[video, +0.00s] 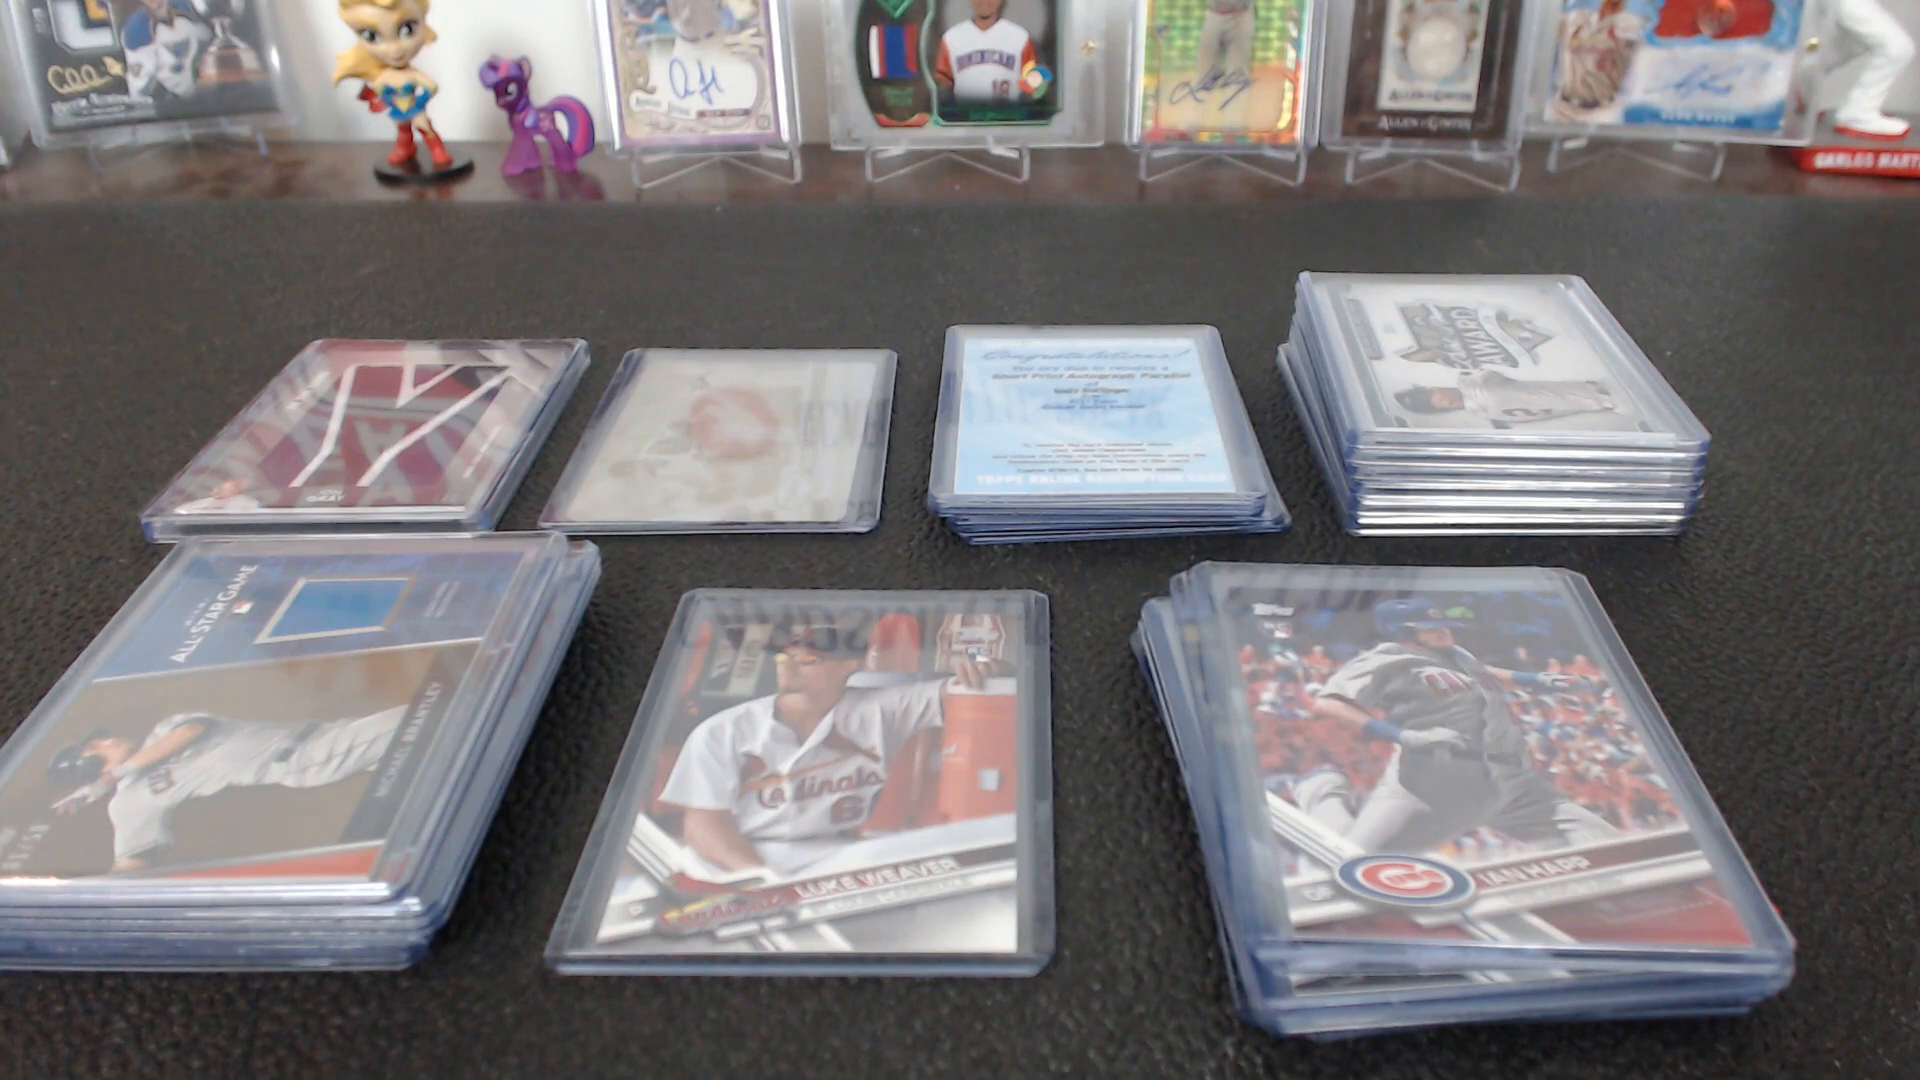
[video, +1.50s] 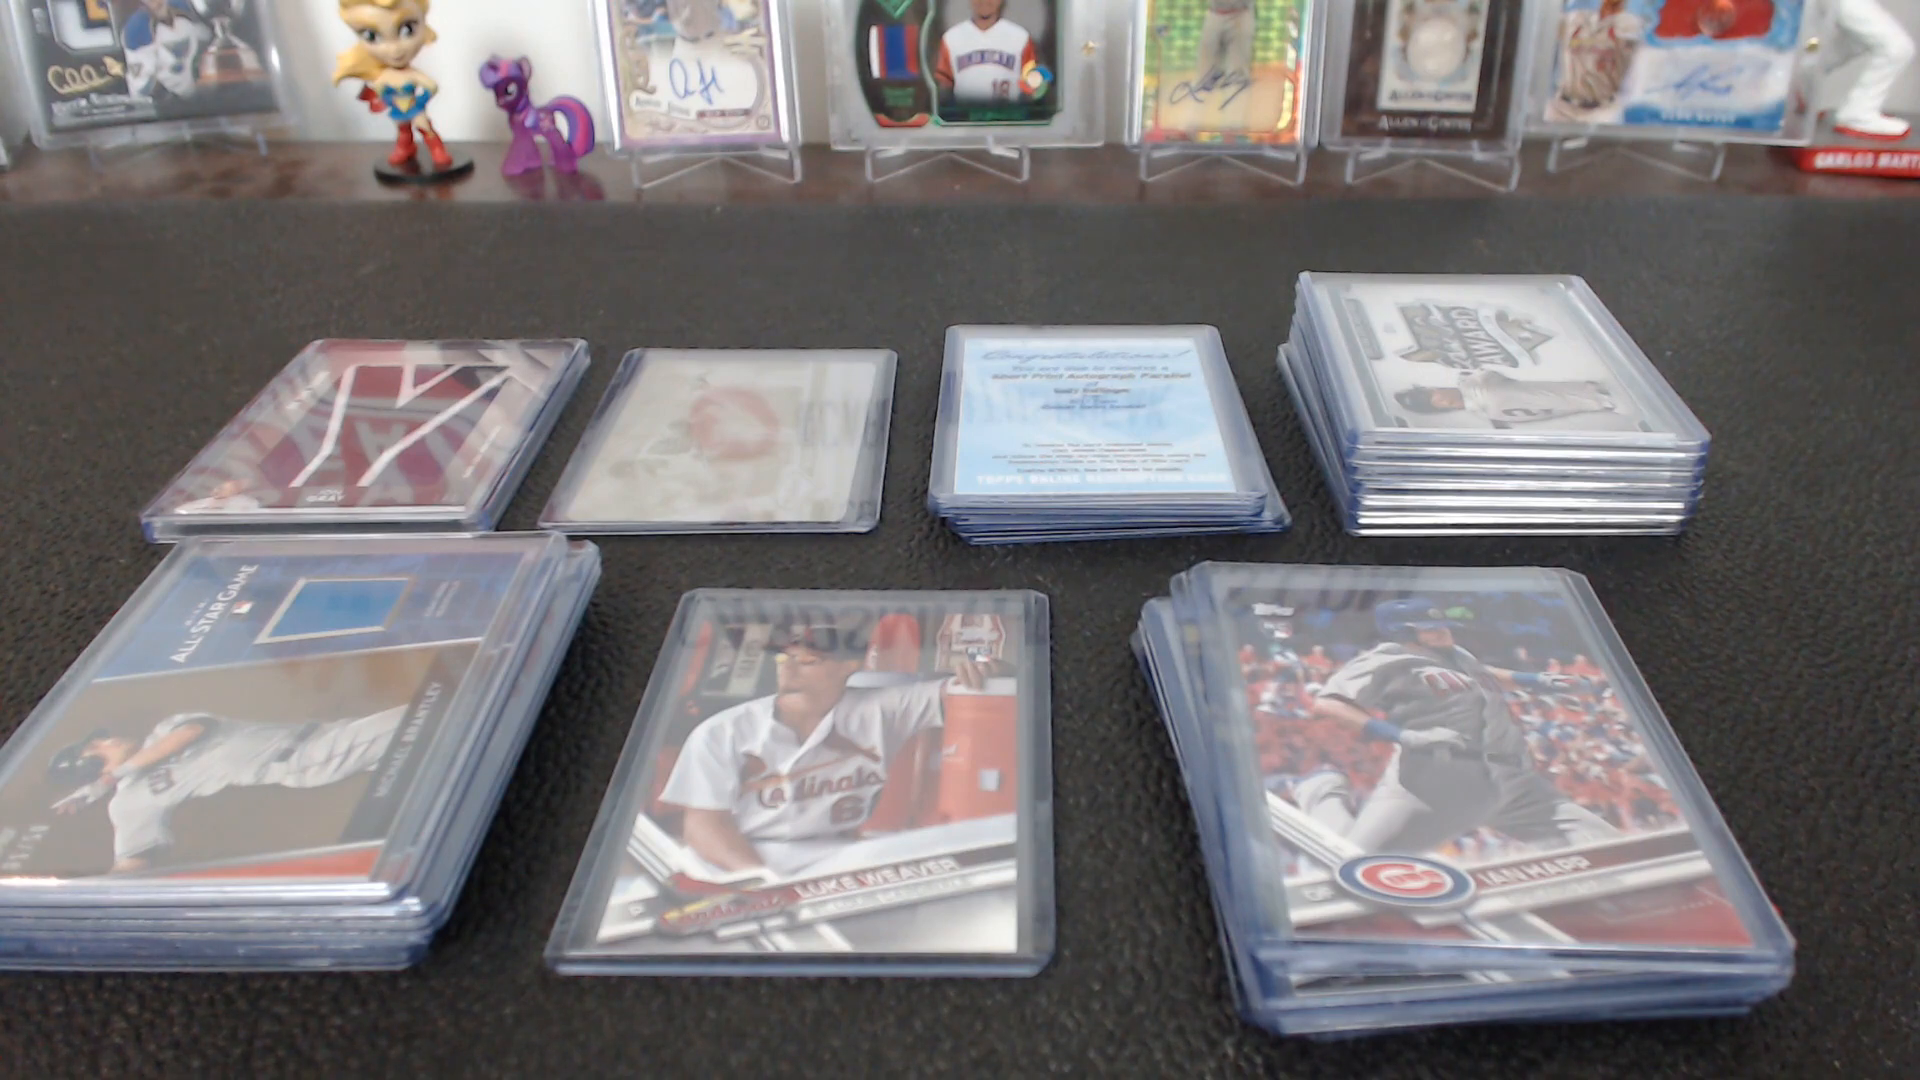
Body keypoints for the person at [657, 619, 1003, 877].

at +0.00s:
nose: (797, 657)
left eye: (818, 647)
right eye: (789, 644)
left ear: (853, 664)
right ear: (776, 655)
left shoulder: (875, 716)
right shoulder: (720, 735)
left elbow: (954, 691)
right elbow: (703, 828)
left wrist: (973, 674)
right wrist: (767, 883)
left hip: (827, 866)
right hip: (730, 870)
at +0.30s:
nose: (795, 658)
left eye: (817, 648)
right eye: (788, 646)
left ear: (853, 664)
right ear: (776, 656)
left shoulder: (875, 715)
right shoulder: (720, 735)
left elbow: (955, 690)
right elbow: (703, 828)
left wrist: (972, 672)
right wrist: (766, 883)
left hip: (827, 866)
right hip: (730, 870)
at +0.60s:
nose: (793, 660)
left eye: (815, 651)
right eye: (786, 648)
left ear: (853, 665)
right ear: (775, 658)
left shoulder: (875, 715)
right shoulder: (720, 735)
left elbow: (958, 690)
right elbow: (703, 829)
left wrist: (974, 672)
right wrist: (768, 884)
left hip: (827, 869)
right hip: (728, 873)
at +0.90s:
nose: (793, 660)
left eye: (814, 650)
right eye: (785, 648)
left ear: (852, 664)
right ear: (775, 657)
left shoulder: (875, 715)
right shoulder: (720, 736)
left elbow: (957, 690)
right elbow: (703, 829)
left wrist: (974, 672)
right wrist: (768, 884)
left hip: (827, 868)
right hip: (728, 872)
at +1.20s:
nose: (792, 660)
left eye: (814, 650)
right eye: (785, 647)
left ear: (853, 664)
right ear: (775, 657)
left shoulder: (875, 714)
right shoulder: (720, 735)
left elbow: (956, 691)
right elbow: (703, 829)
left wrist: (974, 672)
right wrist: (767, 884)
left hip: (827, 868)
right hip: (728, 872)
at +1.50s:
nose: (793, 660)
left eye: (814, 650)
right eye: (786, 648)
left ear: (853, 664)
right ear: (775, 657)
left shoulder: (875, 714)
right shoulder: (720, 736)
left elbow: (957, 690)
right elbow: (703, 829)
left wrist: (973, 672)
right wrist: (768, 884)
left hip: (827, 868)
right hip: (729, 871)